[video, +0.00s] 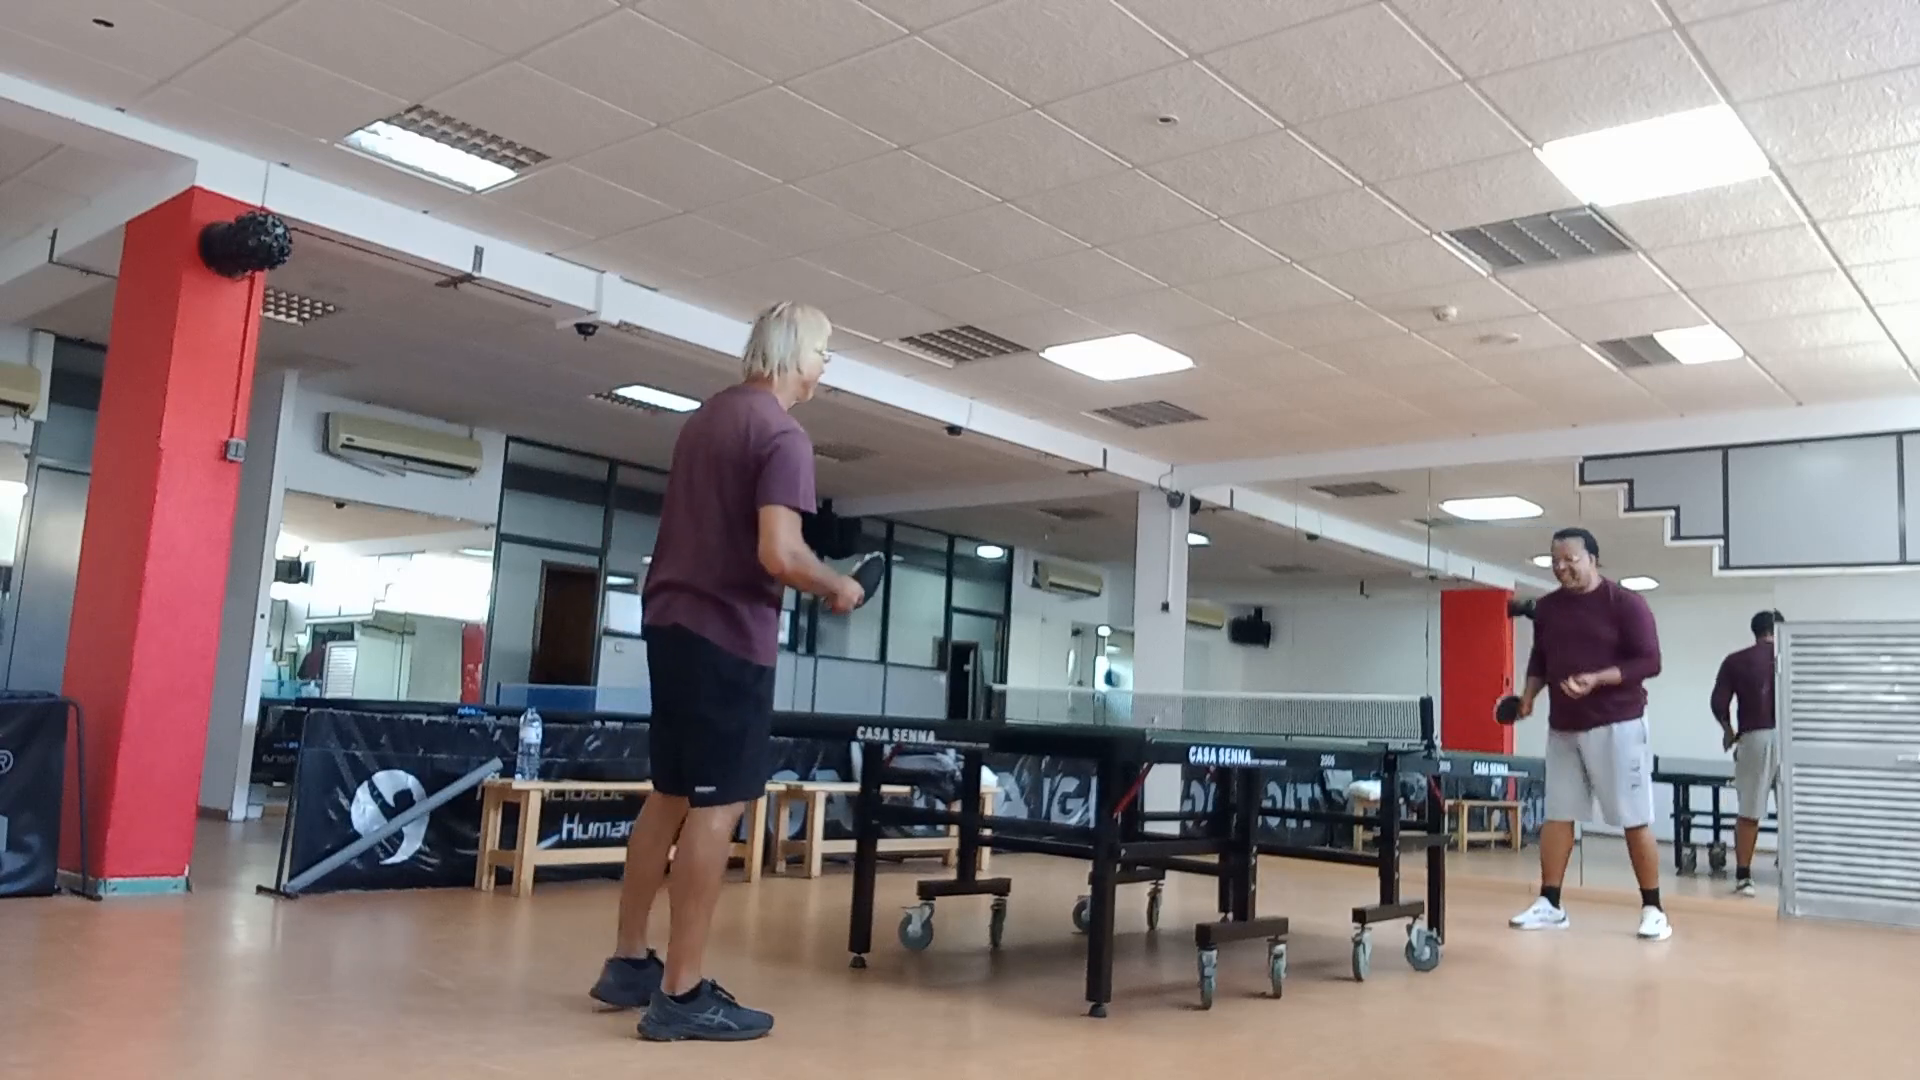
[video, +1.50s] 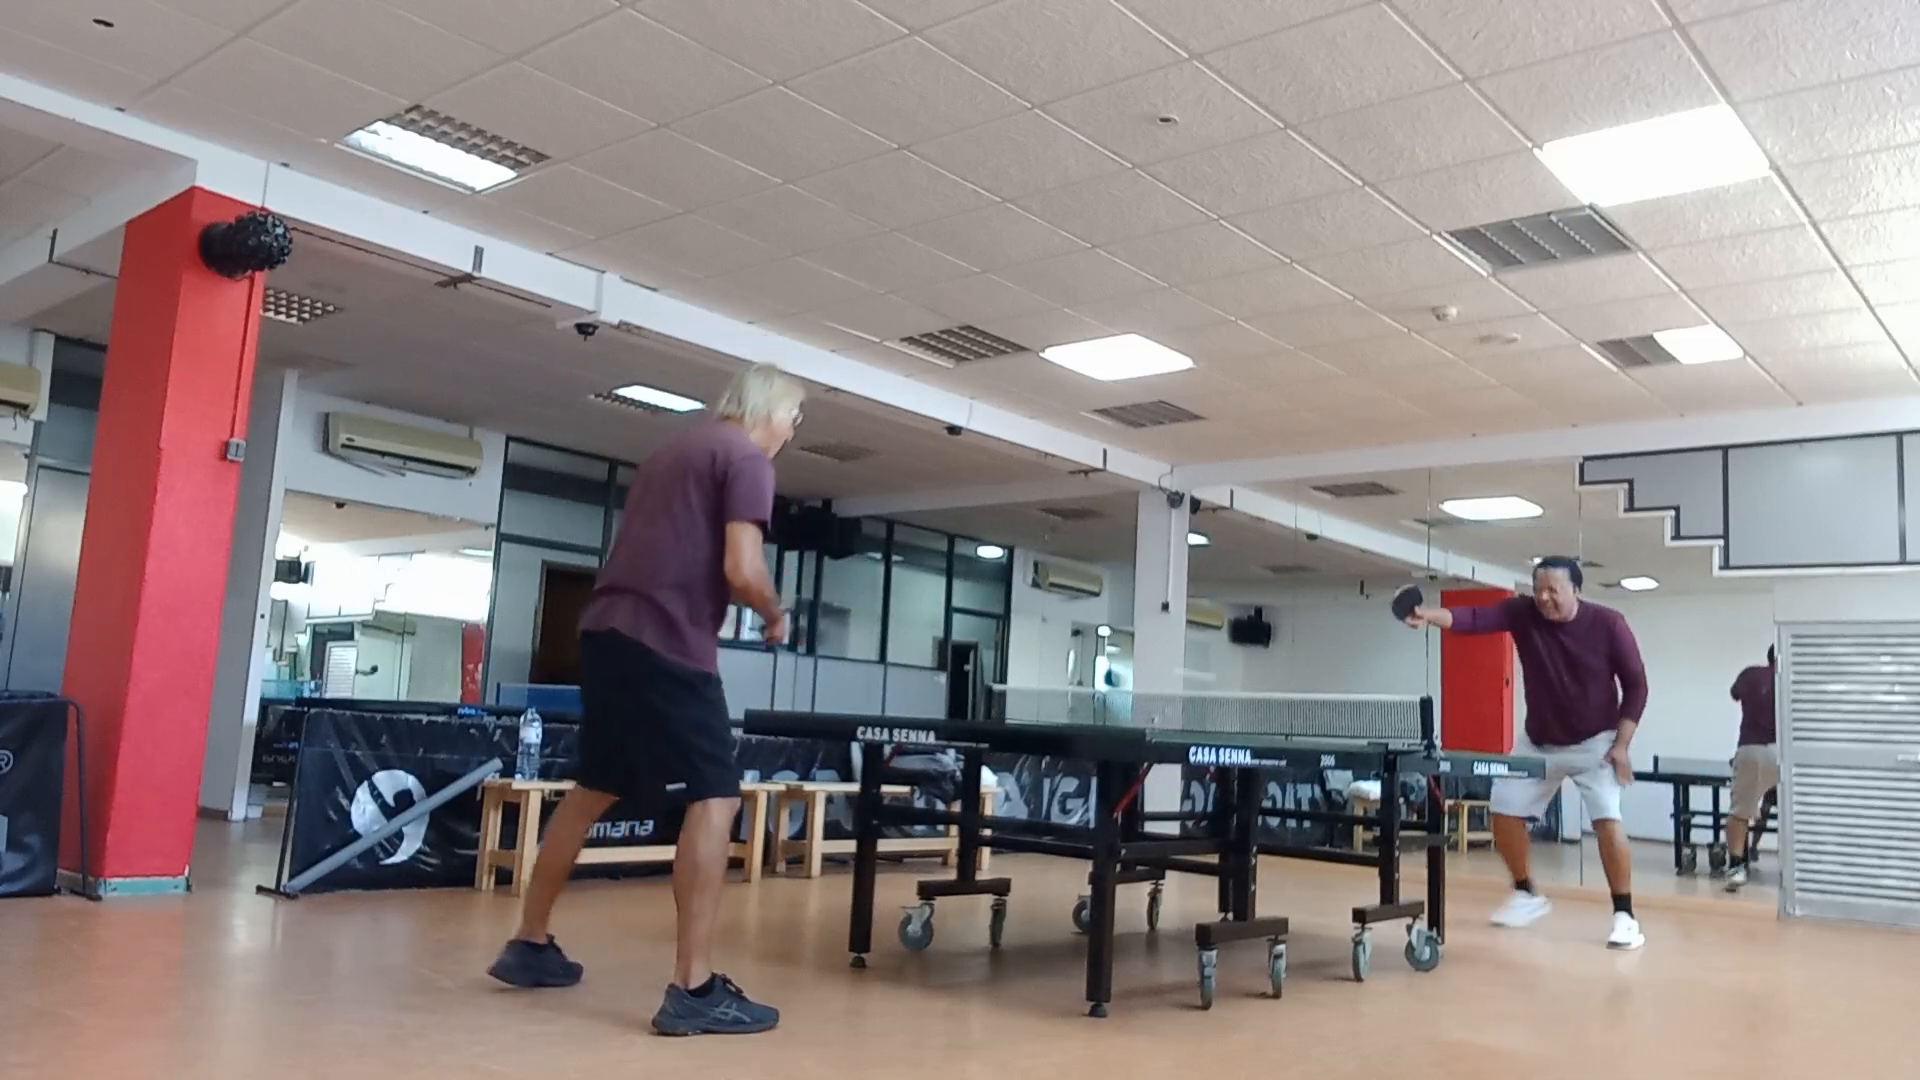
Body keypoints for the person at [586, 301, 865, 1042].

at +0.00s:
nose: (821, 376)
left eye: (822, 362)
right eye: (821, 362)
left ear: (757, 351)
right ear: (801, 360)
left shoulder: (706, 417)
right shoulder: (781, 431)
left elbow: (693, 530)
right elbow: (779, 553)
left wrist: (796, 570)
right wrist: (833, 585)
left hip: (672, 626)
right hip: (726, 637)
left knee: (669, 796)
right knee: (717, 809)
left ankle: (629, 963)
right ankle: (683, 994)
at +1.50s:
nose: (785, 440)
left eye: (790, 428)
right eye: (789, 426)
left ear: (733, 403)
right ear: (770, 414)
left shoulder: (672, 445)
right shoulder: (745, 456)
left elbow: (653, 547)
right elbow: (742, 571)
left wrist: (729, 592)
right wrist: (773, 610)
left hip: (606, 634)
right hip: (669, 644)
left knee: (595, 787)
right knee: (715, 796)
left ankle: (528, 942)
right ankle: (692, 988)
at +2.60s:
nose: (780, 444)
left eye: (782, 430)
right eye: (776, 427)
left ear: (732, 422)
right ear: (740, 422)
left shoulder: (684, 478)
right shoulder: (677, 475)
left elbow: (644, 594)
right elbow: (613, 577)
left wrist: (676, 671)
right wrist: (717, 634)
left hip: (569, 654)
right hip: (591, 654)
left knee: (604, 812)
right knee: (694, 791)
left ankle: (504, 959)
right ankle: (638, 994)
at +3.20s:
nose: (725, 345)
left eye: (725, 331)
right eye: (717, 329)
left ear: (664, 330)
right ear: (680, 332)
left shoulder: (642, 403)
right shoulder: (637, 407)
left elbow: (649, 543)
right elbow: (660, 559)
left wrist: (709, 604)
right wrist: (765, 601)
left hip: (582, 641)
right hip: (585, 645)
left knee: (609, 807)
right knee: (666, 809)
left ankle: (454, 964)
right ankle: (685, 1020)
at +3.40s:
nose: (682, 339)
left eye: (683, 324)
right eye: (678, 322)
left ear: (613, 314)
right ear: (647, 318)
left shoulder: (567, 375)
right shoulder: (608, 381)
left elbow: (543, 533)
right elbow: (600, 520)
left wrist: (615, 615)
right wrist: (700, 590)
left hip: (491, 617)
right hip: (539, 624)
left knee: (509, 807)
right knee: (612, 796)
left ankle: (421, 997)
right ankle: (552, 1024)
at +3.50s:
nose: (668, 339)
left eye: (671, 324)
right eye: (666, 321)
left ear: (598, 308)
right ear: (634, 314)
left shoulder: (543, 370)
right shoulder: (602, 381)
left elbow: (512, 519)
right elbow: (591, 523)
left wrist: (571, 621)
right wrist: (675, 601)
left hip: (466, 614)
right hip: (518, 625)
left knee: (486, 808)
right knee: (558, 809)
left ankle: (419, 1000)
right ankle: (438, 1023)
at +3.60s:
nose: (663, 342)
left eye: (665, 327)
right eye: (662, 325)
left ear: (589, 310)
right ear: (634, 319)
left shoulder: (522, 374)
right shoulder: (603, 386)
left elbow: (475, 511)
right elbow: (586, 530)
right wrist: (663, 614)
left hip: (436, 615)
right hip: (493, 629)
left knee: (456, 816)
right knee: (486, 832)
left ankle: (418, 996)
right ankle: (405, 1052)